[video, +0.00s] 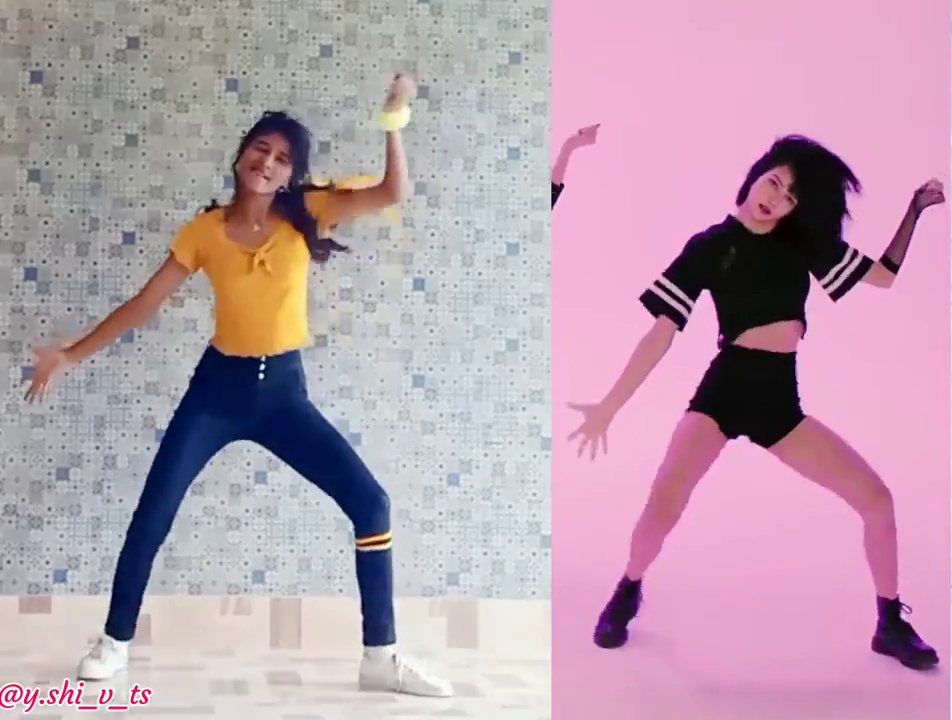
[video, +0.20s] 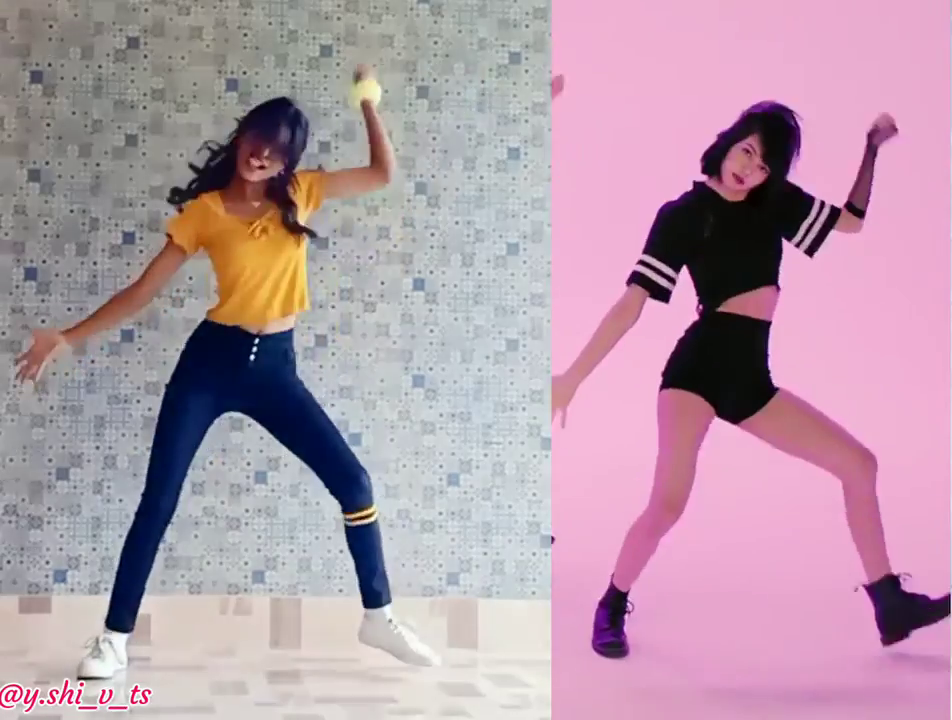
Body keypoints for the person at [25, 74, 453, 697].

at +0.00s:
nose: (264, 161)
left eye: (280, 158)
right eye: (258, 148)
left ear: (291, 176)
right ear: (240, 155)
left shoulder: (304, 212)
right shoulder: (205, 232)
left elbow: (391, 193)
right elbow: (143, 305)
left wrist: (394, 122)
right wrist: (68, 354)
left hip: (285, 400)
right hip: (214, 397)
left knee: (372, 505)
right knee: (152, 515)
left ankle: (380, 658)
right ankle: (112, 648)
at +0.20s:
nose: (262, 153)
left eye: (277, 149)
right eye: (258, 139)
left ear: (291, 159)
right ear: (241, 137)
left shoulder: (300, 192)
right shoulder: (206, 212)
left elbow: (381, 171)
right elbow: (140, 293)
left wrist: (369, 104)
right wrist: (65, 337)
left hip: (275, 371)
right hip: (209, 365)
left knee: (354, 483)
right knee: (159, 501)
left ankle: (379, 615)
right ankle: (113, 639)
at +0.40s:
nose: (303, 156)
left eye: (313, 149)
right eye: (292, 147)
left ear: (326, 164)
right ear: (271, 157)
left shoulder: (327, 239)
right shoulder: (238, 211)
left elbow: (347, 316)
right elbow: (178, 287)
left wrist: (348, 303)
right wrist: (108, 341)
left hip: (301, 387)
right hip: (234, 385)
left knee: (358, 511)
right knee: (169, 511)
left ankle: (368, 640)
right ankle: (115, 643)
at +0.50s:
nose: (315, 155)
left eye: (326, 147)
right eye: (305, 146)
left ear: (340, 159)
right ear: (287, 153)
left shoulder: (339, 236)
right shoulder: (251, 206)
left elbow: (326, 321)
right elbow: (189, 282)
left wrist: (347, 281)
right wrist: (117, 333)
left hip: (306, 382)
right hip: (240, 378)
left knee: (364, 509)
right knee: (162, 499)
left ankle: (369, 640)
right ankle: (122, 631)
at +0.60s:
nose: (312, 148)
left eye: (322, 141)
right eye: (302, 139)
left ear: (337, 154)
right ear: (283, 150)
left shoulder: (339, 226)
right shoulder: (246, 202)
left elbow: (320, 317)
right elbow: (184, 279)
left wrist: (353, 289)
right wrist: (115, 330)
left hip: (306, 378)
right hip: (239, 375)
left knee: (355, 512)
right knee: (159, 490)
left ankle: (368, 641)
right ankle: (117, 621)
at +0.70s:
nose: (288, 148)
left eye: (299, 139)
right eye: (278, 137)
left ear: (313, 153)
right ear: (260, 146)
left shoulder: (315, 224)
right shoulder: (219, 207)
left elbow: (324, 307)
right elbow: (161, 285)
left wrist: (389, 315)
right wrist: (96, 337)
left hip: (299, 376)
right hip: (231, 375)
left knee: (342, 505)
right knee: (161, 501)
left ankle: (366, 640)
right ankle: (98, 635)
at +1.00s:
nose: (190, 108)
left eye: (196, 97)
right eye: (175, 105)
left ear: (214, 112)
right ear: (161, 128)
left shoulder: (249, 186)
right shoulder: (149, 193)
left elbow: (298, 270)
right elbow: (91, 275)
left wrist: (350, 329)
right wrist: (23, 328)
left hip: (224, 351)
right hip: (162, 352)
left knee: (284, 472)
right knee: (133, 502)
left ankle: (361, 597)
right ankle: (91, 642)